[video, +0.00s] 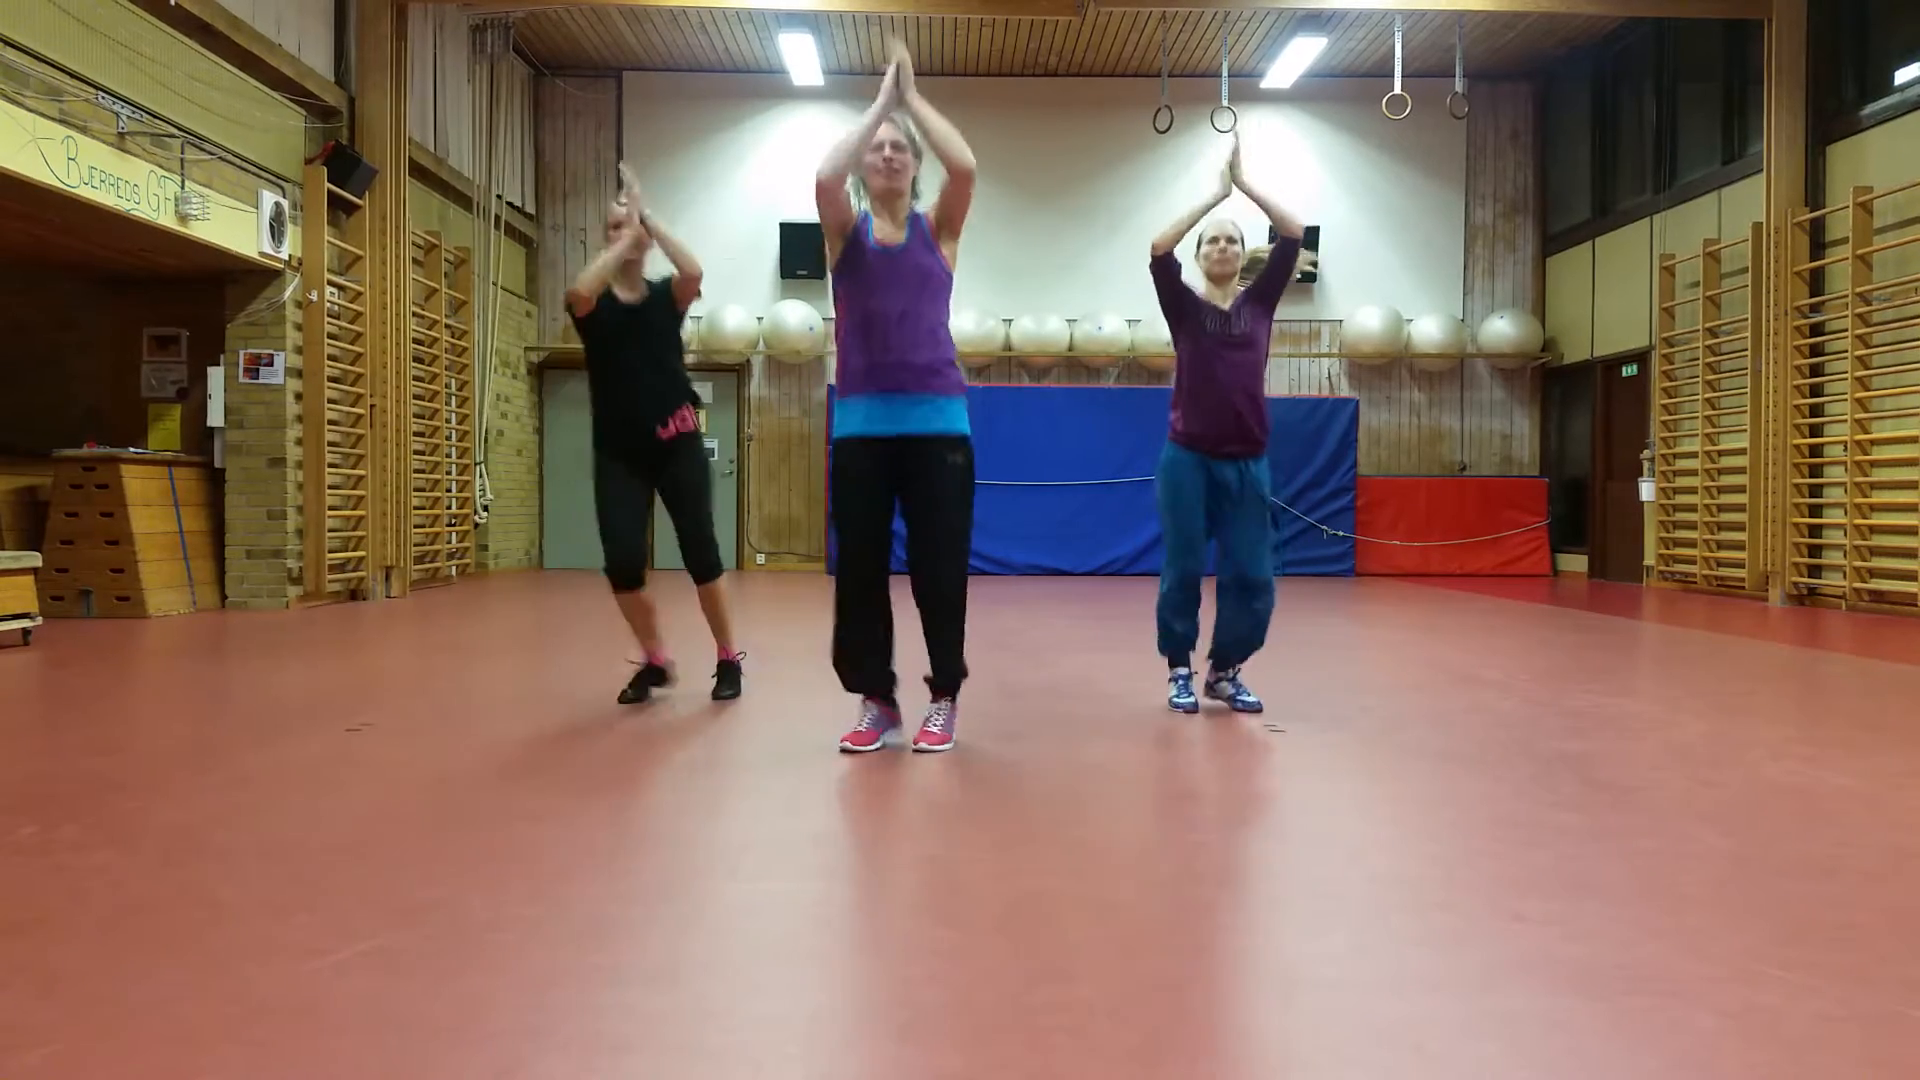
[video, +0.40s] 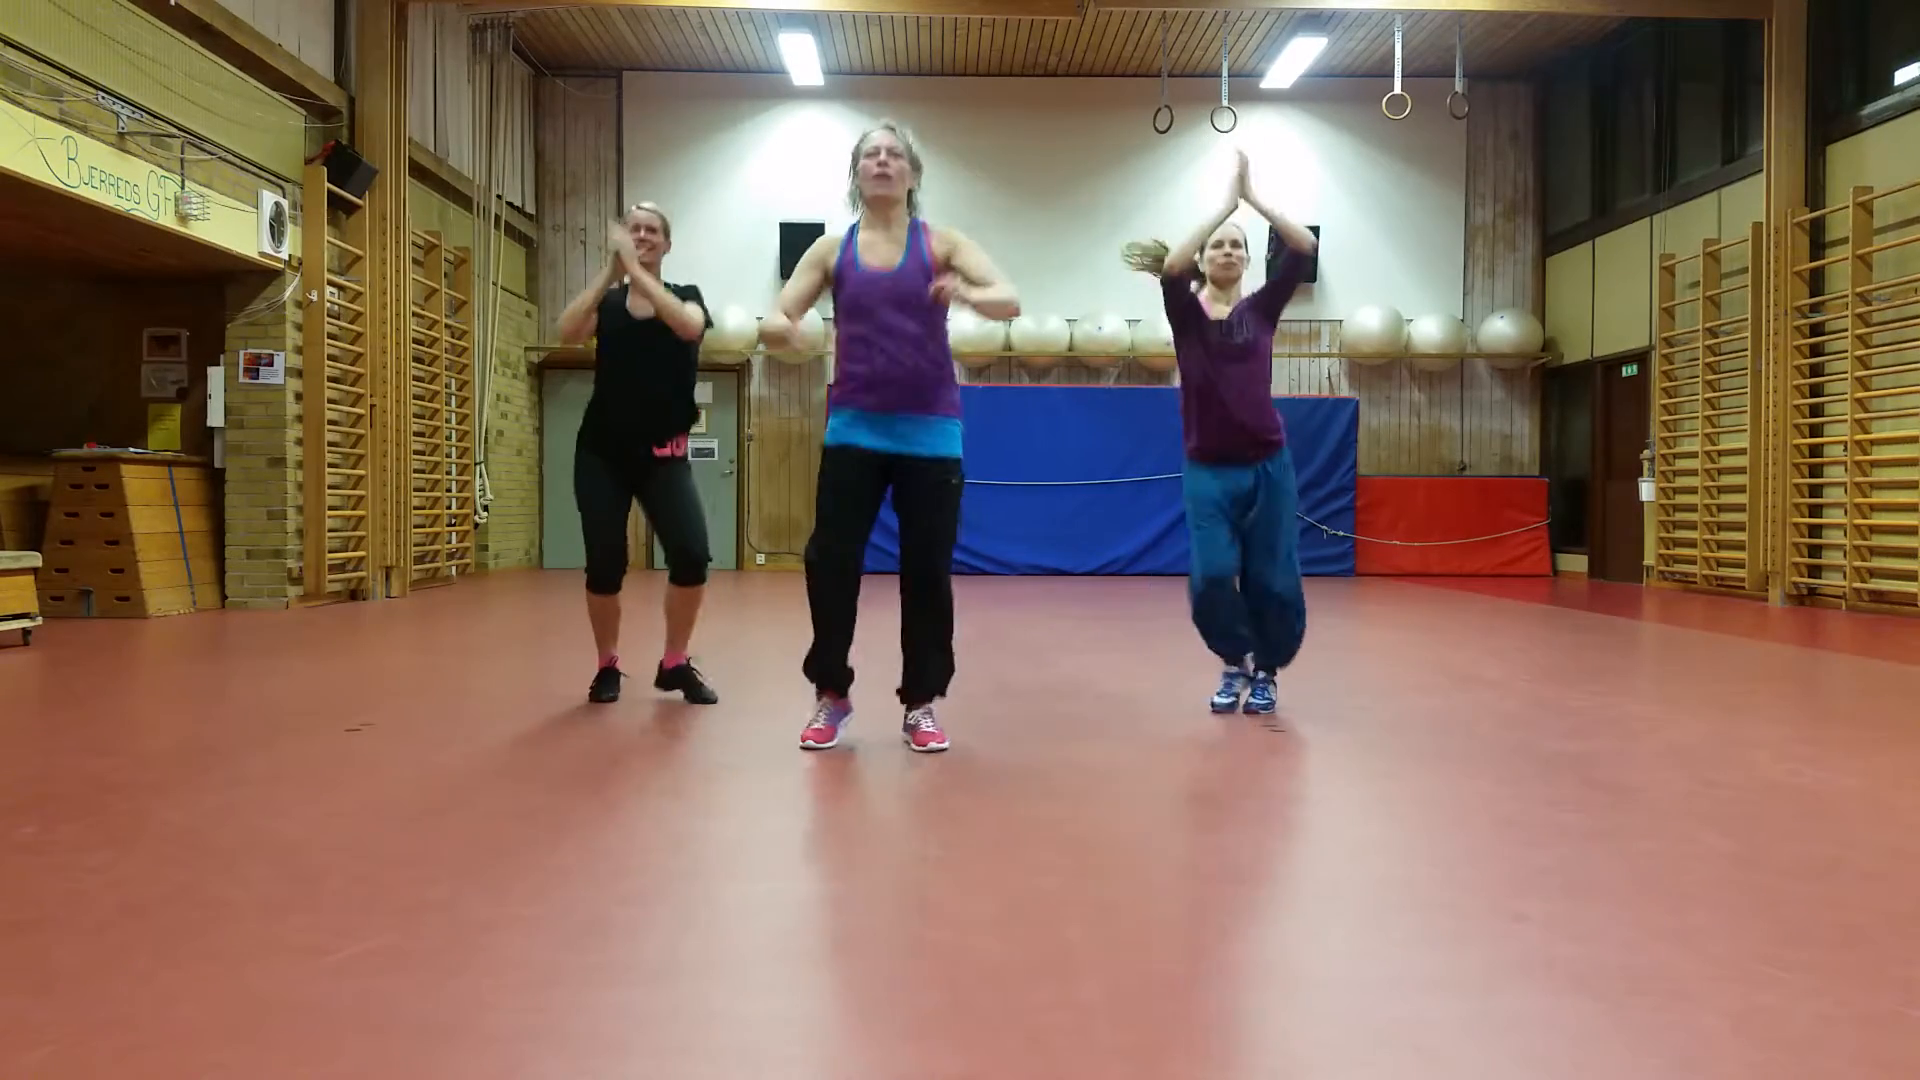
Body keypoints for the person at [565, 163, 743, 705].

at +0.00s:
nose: (623, 236)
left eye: (630, 227)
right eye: (614, 227)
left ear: (645, 240)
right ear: (604, 239)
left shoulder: (668, 297)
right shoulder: (590, 304)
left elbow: (692, 272)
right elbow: (581, 292)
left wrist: (649, 222)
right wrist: (623, 241)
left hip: (678, 444)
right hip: (619, 450)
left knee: (701, 556)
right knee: (622, 568)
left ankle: (728, 658)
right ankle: (655, 662)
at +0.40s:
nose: (644, 237)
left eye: (653, 231)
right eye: (636, 230)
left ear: (667, 242)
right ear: (623, 239)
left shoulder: (685, 296)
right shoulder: (607, 299)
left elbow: (690, 327)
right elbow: (568, 331)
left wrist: (635, 270)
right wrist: (608, 272)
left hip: (664, 452)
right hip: (602, 450)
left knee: (693, 555)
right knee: (604, 564)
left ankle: (674, 664)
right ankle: (607, 667)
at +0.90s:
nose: (651, 225)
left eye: (662, 219)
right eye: (644, 218)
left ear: (680, 234)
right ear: (634, 233)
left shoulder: (698, 286)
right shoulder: (610, 291)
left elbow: (733, 319)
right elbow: (557, 340)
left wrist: (674, 317)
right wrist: (607, 308)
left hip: (688, 447)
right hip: (624, 449)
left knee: (741, 543)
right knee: (591, 563)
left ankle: (750, 658)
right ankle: (588, 666)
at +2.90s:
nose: (663, 215)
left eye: (672, 208)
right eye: (654, 208)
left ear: (688, 222)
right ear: (641, 222)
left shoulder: (713, 279)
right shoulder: (623, 281)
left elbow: (756, 299)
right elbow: (557, 301)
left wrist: (692, 275)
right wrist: (596, 267)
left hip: (701, 443)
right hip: (636, 441)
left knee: (743, 552)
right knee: (582, 540)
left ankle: (771, 660)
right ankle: (571, 652)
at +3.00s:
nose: (662, 217)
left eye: (672, 209)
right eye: (653, 210)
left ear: (687, 222)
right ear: (641, 222)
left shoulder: (709, 281)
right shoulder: (620, 278)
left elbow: (758, 306)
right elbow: (559, 287)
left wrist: (700, 303)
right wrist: (620, 258)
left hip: (697, 435)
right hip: (630, 435)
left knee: (750, 536)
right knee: (588, 546)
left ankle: (777, 651)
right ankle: (569, 661)